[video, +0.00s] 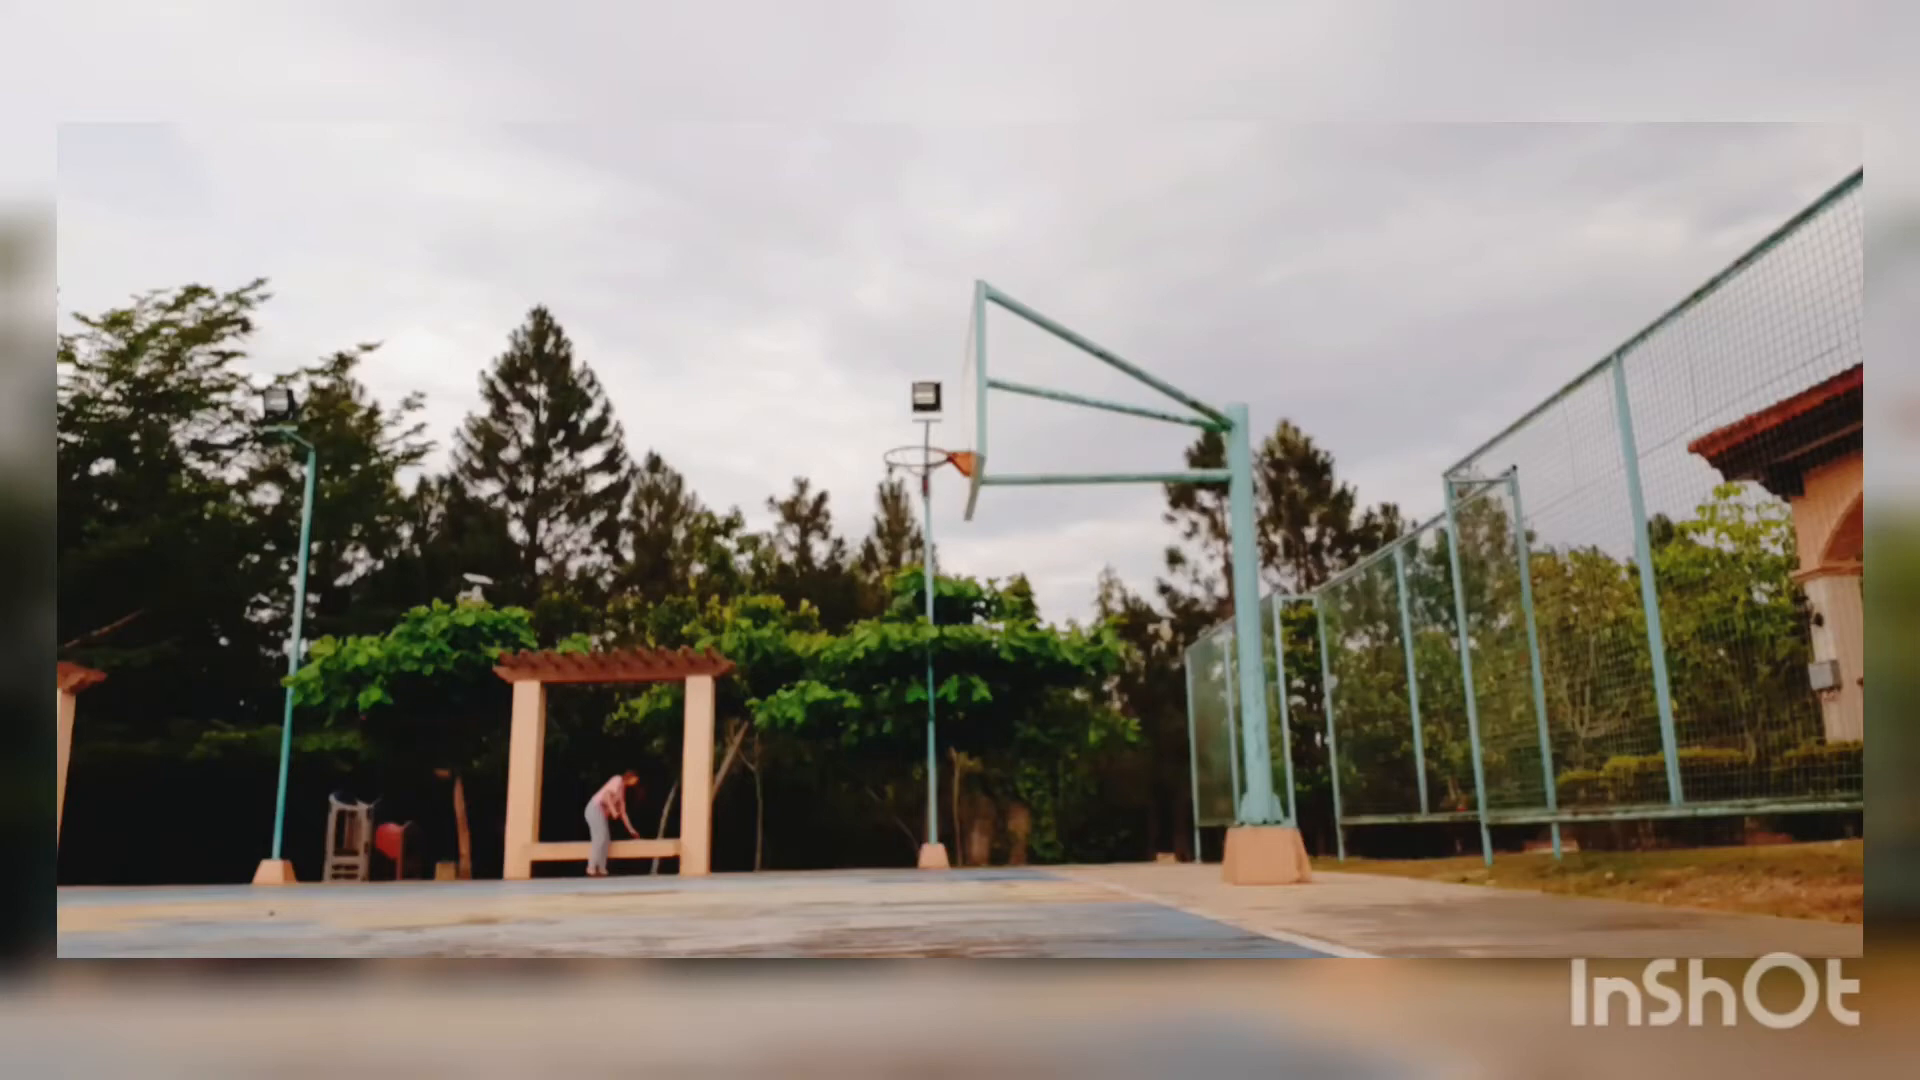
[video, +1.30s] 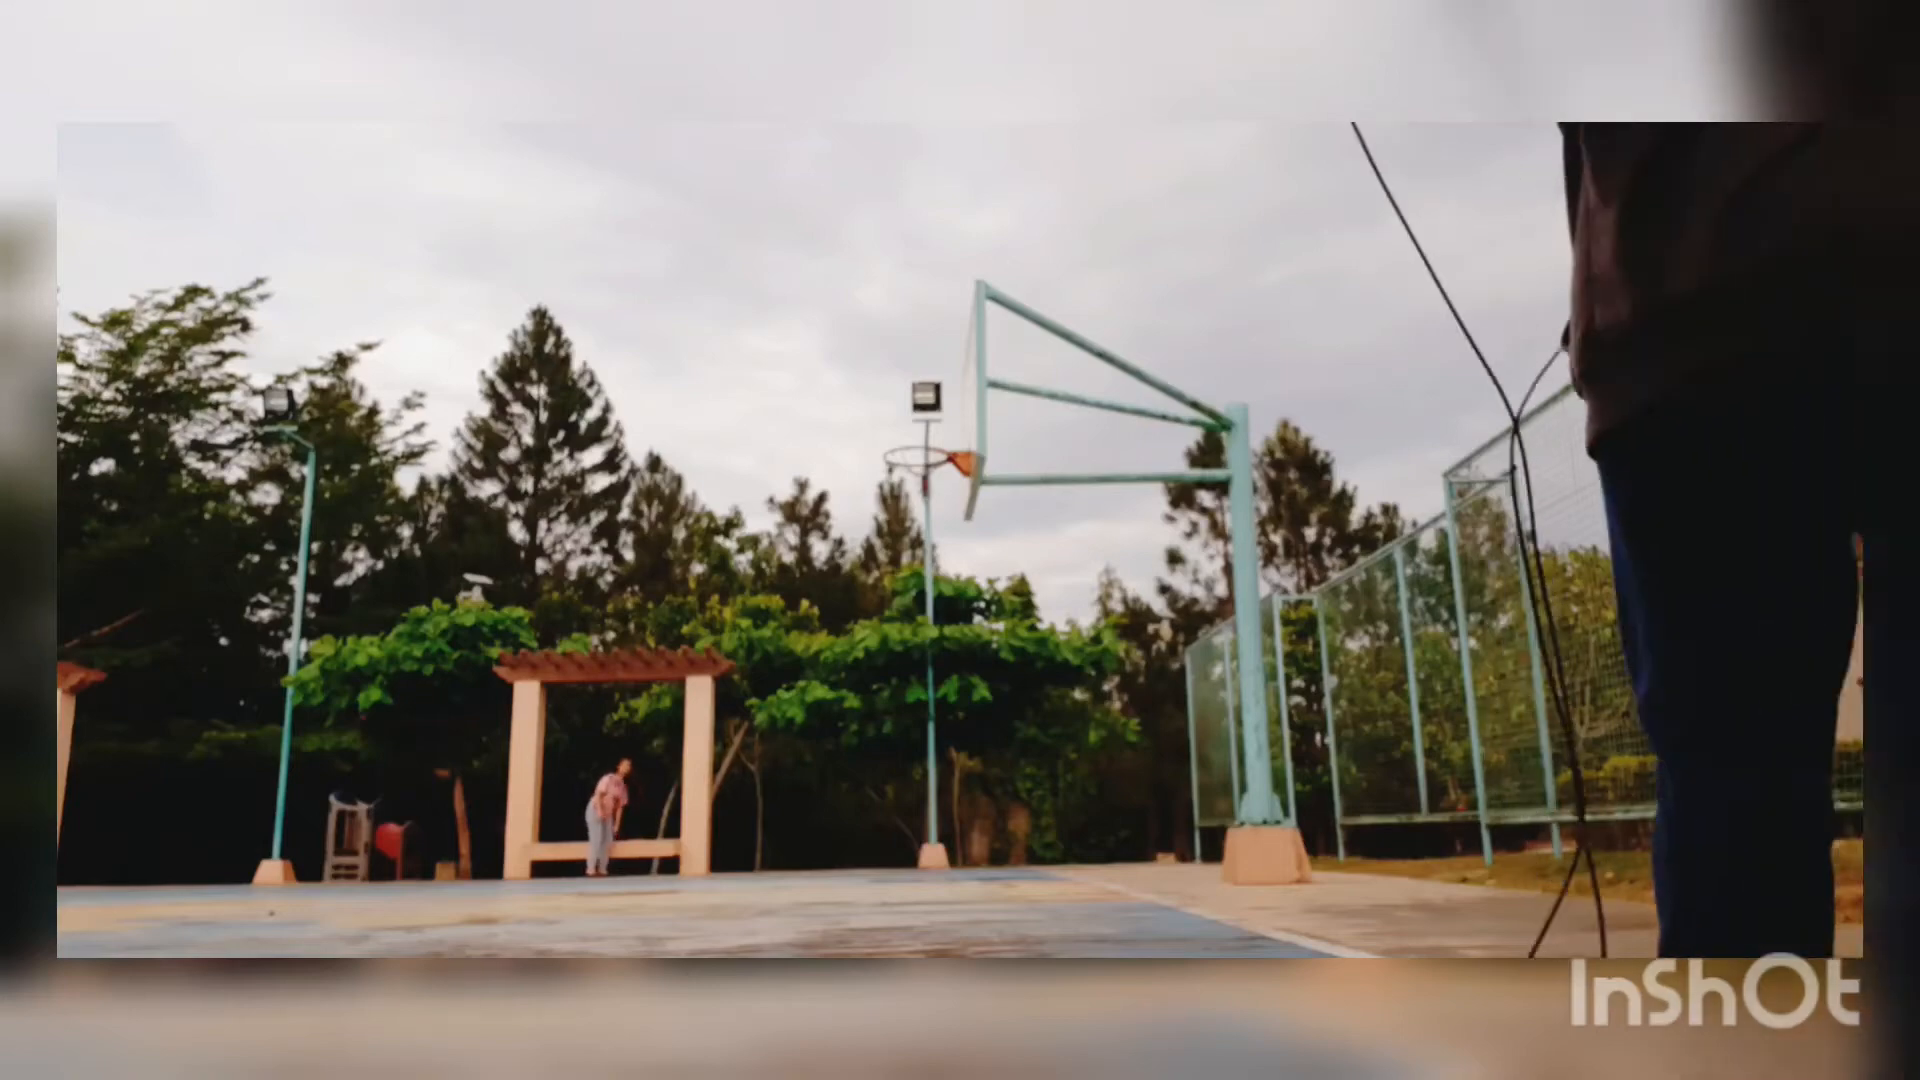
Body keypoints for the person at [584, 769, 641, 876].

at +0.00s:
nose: (634, 783)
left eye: (635, 781)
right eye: (634, 780)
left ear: (631, 779)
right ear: (629, 776)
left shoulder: (621, 789)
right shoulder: (617, 780)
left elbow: (622, 812)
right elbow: (606, 794)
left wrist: (631, 829)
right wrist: (613, 811)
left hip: (602, 811)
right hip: (595, 808)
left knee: (605, 838)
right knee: (600, 837)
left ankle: (601, 867)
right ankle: (592, 866)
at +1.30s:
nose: (625, 769)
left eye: (628, 766)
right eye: (624, 765)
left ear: (629, 769)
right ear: (619, 766)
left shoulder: (623, 787)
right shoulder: (608, 778)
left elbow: (619, 807)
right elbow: (598, 794)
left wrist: (617, 824)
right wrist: (600, 810)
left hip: (608, 812)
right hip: (596, 808)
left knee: (608, 839)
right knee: (596, 837)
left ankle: (602, 867)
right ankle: (591, 867)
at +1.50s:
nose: (610, 767)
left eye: (613, 764)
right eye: (609, 764)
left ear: (618, 767)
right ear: (607, 765)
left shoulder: (621, 785)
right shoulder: (599, 781)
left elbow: (621, 805)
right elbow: (594, 798)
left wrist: (618, 821)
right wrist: (596, 814)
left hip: (611, 811)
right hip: (596, 809)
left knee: (611, 839)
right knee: (596, 838)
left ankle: (604, 868)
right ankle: (593, 867)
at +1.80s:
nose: (595, 772)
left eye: (598, 769)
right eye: (595, 769)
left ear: (604, 771)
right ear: (595, 771)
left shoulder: (614, 786)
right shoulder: (592, 785)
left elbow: (619, 804)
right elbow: (590, 803)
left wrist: (615, 820)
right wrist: (595, 818)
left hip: (610, 816)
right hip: (596, 815)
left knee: (611, 840)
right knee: (596, 839)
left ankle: (604, 867)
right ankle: (594, 867)